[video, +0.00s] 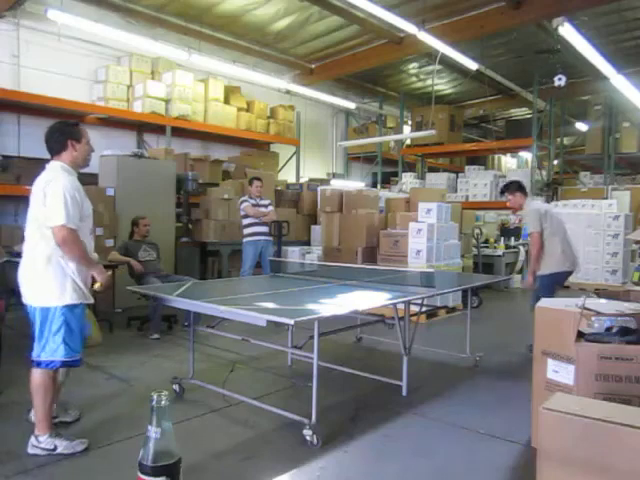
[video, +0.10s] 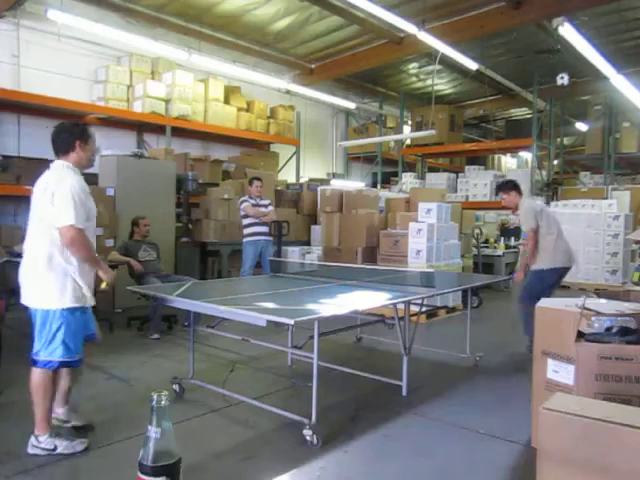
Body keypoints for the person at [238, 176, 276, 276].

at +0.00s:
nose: (259, 189)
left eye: (260, 187)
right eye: (256, 187)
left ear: (262, 188)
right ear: (250, 188)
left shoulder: (267, 201)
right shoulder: (244, 200)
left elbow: (273, 216)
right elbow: (251, 212)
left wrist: (259, 217)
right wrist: (266, 213)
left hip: (267, 239)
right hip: (251, 239)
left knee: (268, 269)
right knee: (247, 270)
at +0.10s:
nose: (259, 189)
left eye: (260, 187)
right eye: (256, 187)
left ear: (262, 188)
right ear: (250, 188)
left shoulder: (267, 201)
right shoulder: (244, 200)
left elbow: (273, 216)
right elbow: (251, 212)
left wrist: (259, 217)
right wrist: (266, 213)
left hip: (267, 239)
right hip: (251, 239)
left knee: (268, 269)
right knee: (247, 270)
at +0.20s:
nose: (259, 189)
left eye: (260, 187)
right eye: (256, 187)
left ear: (262, 188)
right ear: (250, 188)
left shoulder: (267, 201)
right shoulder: (244, 200)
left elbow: (273, 216)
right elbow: (251, 212)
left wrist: (259, 217)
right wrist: (266, 213)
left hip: (267, 239)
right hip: (251, 239)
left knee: (268, 269)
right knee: (247, 270)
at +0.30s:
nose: (259, 189)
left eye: (260, 187)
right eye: (256, 187)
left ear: (262, 188)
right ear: (250, 188)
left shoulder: (267, 201)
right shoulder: (244, 200)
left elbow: (273, 216)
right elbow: (251, 212)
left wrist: (259, 217)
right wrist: (266, 212)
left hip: (266, 239)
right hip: (251, 239)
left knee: (268, 269)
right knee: (247, 270)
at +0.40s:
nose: (259, 189)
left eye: (260, 187)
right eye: (256, 187)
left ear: (262, 188)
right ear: (250, 188)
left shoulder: (267, 201)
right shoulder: (244, 200)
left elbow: (273, 216)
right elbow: (251, 212)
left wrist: (259, 217)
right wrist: (266, 213)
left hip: (266, 239)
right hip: (250, 239)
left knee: (267, 269)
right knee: (247, 270)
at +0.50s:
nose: (259, 189)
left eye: (261, 187)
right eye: (257, 186)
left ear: (263, 188)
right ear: (250, 187)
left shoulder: (266, 201)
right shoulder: (244, 199)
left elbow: (273, 216)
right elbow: (251, 212)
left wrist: (259, 217)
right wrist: (266, 213)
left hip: (265, 238)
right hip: (249, 238)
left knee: (266, 268)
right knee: (246, 269)